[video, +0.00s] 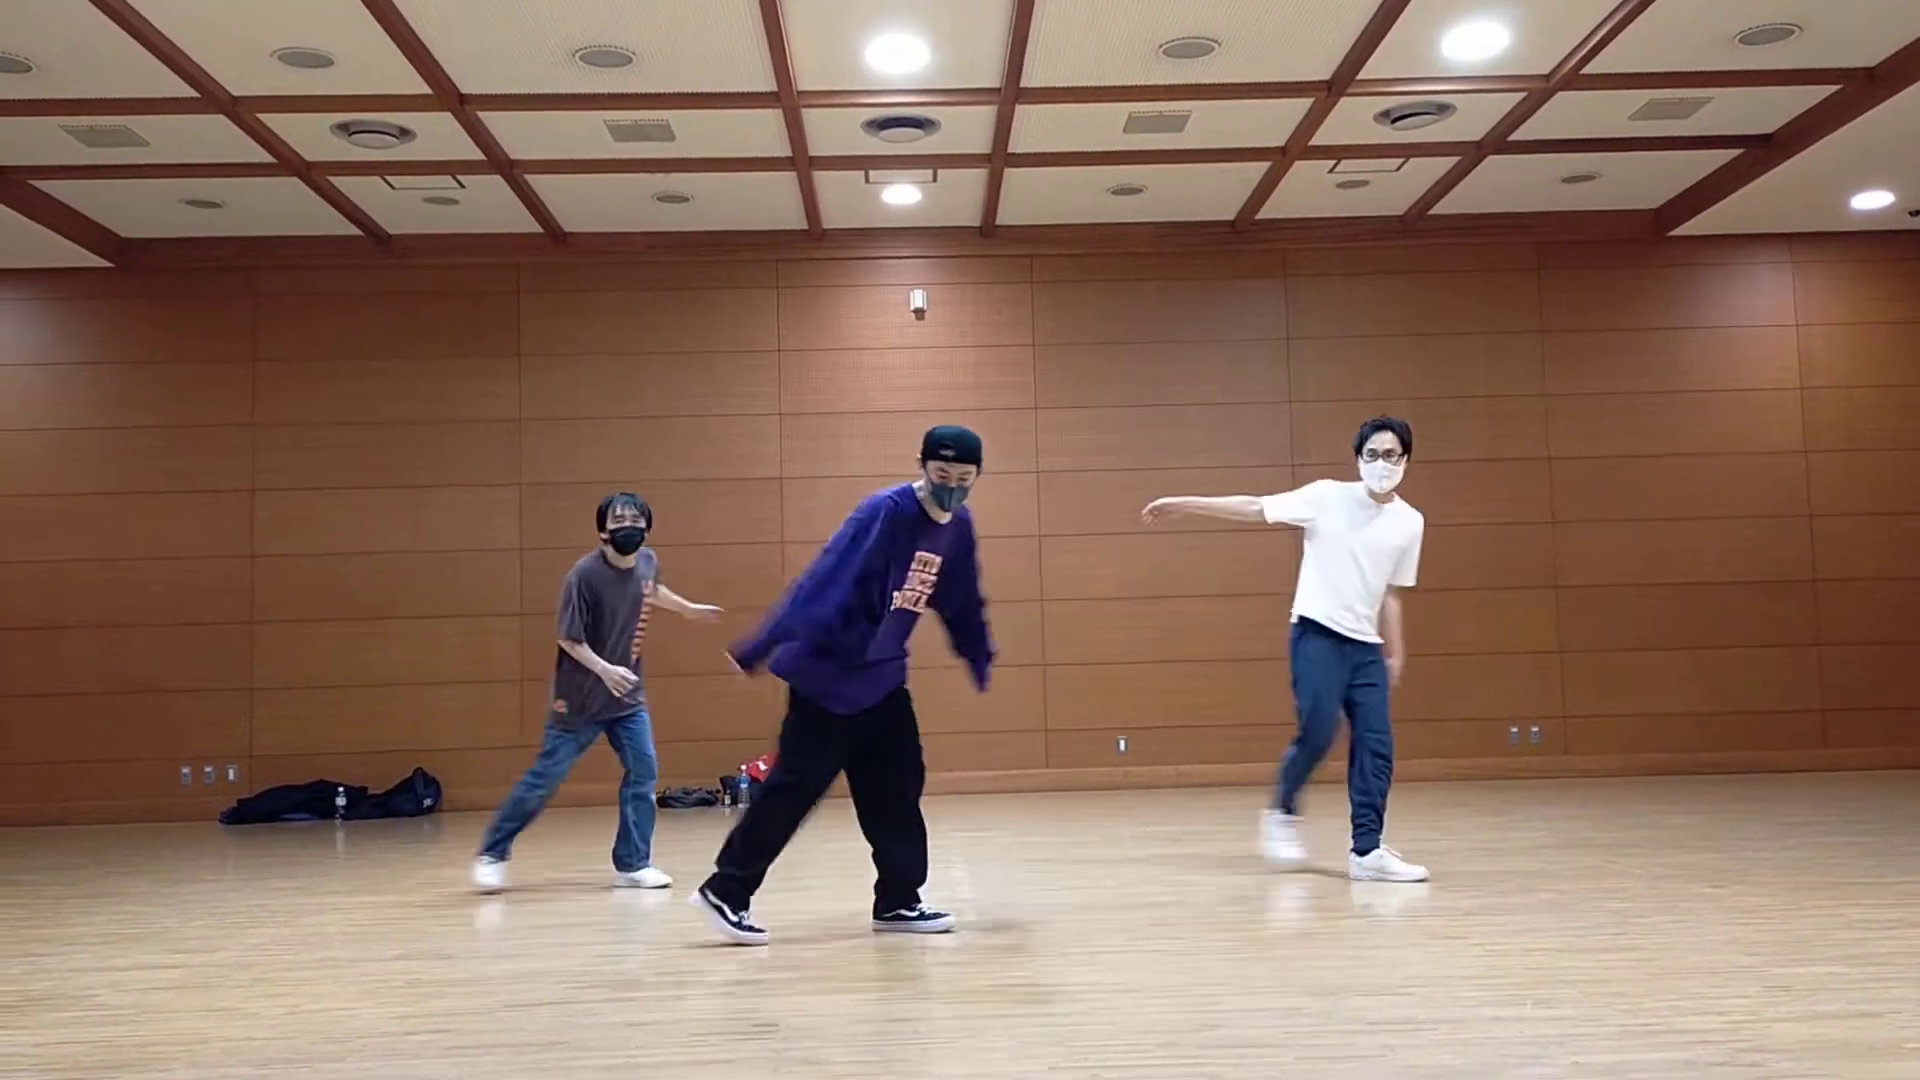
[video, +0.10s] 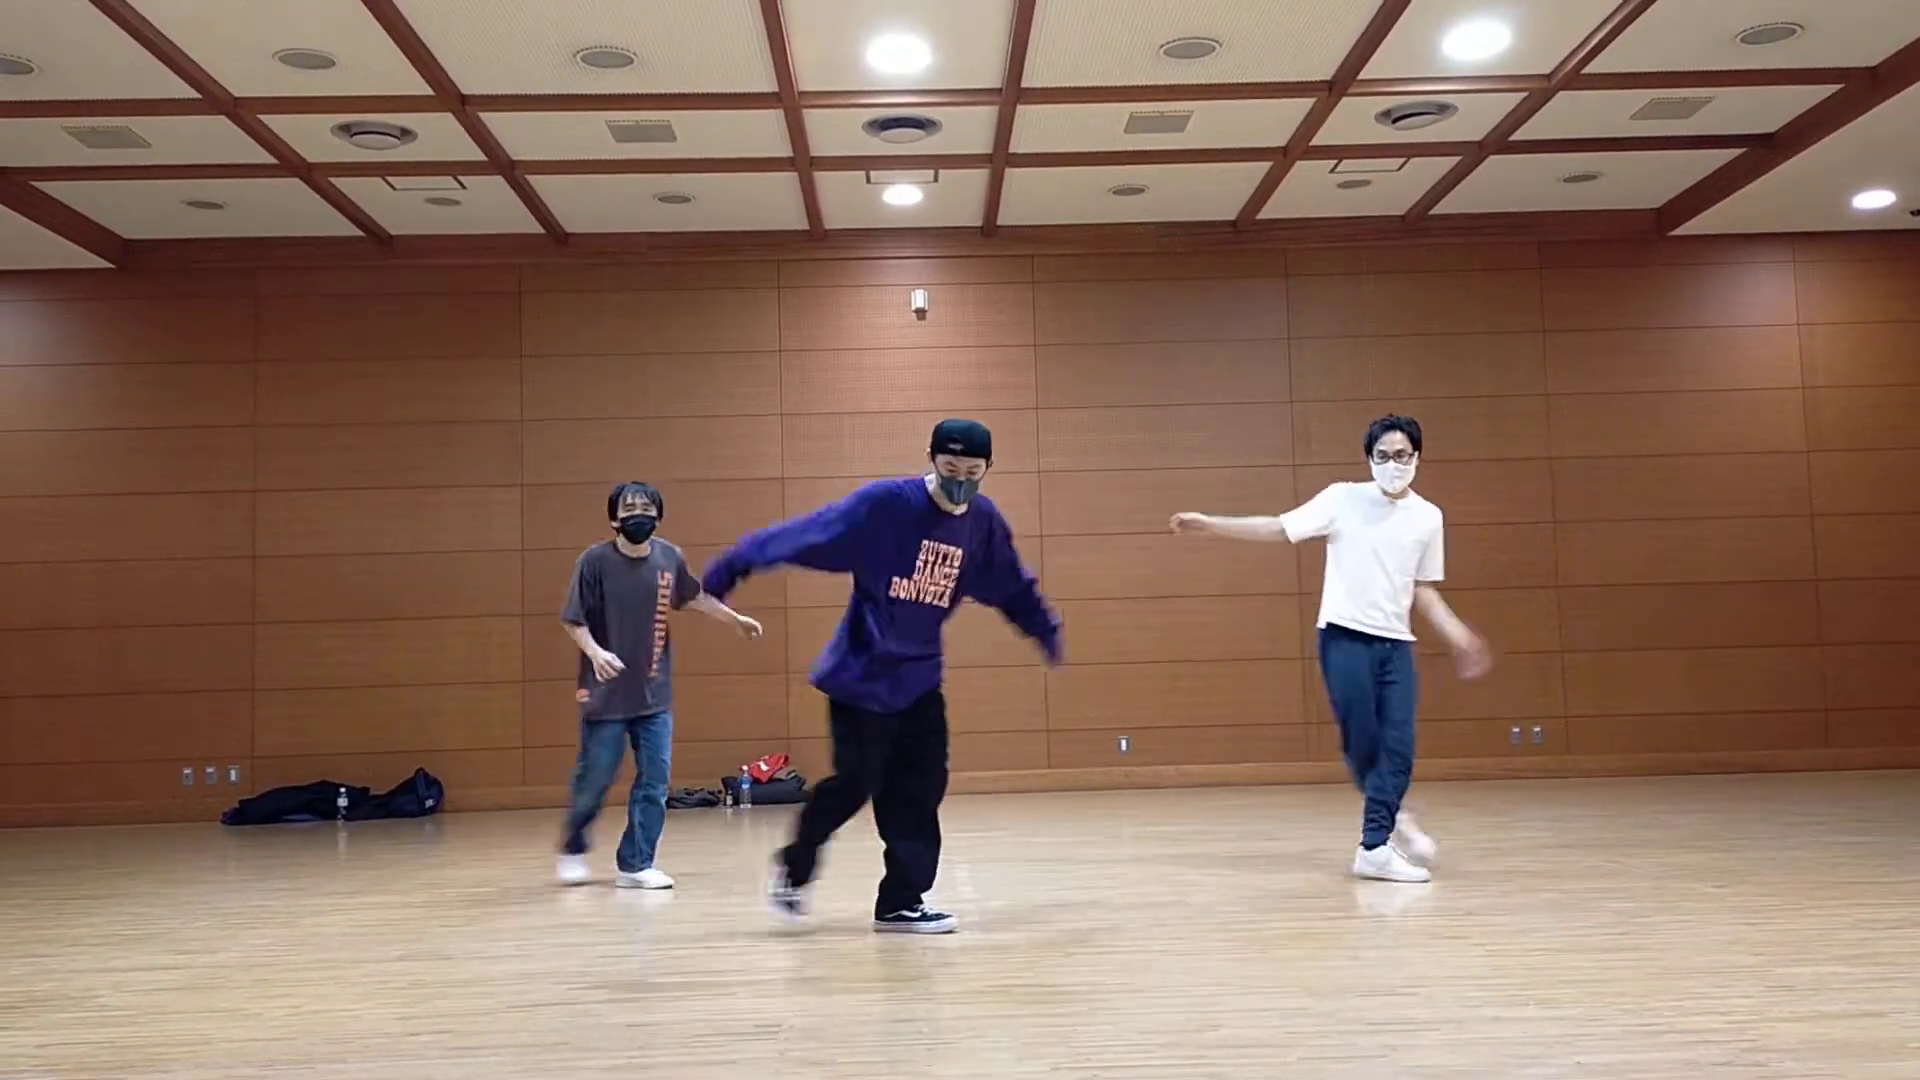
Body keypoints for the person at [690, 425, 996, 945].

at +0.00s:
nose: (951, 483)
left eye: (963, 475)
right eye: (942, 471)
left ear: (975, 478)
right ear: (924, 467)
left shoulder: (958, 527)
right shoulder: (884, 513)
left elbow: (960, 594)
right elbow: (822, 580)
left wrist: (977, 649)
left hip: (882, 677)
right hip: (826, 675)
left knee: (897, 784)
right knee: (797, 783)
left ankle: (897, 902)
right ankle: (726, 890)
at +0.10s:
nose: (961, 476)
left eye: (973, 468)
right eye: (951, 464)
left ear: (985, 469)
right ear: (933, 460)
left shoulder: (983, 524)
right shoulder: (889, 503)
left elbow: (1009, 581)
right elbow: (809, 534)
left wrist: (1044, 626)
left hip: (919, 671)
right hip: (861, 667)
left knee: (920, 786)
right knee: (856, 780)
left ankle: (900, 902)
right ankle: (794, 865)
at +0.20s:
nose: (964, 467)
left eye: (975, 458)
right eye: (955, 456)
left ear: (988, 459)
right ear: (938, 451)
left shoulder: (998, 513)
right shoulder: (891, 489)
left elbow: (1042, 564)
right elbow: (818, 506)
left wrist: (1094, 592)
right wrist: (753, 518)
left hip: (955, 667)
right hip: (891, 664)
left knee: (940, 788)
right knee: (901, 784)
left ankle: (902, 901)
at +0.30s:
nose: (968, 474)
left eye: (979, 464)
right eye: (959, 463)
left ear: (994, 462)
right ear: (944, 459)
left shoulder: (1010, 518)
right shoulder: (899, 495)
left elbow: (1060, 570)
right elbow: (826, 509)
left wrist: (1124, 579)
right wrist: (777, 530)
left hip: (982, 668)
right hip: (916, 671)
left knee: (977, 785)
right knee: (951, 789)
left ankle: (950, 875)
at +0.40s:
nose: (968, 479)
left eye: (979, 470)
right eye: (959, 469)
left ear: (997, 474)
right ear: (945, 470)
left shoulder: (1016, 533)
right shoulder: (918, 513)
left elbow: (1067, 592)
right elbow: (868, 544)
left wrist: (1111, 585)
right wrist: (831, 562)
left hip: (1004, 669)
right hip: (943, 678)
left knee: (998, 775)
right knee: (972, 781)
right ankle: (1032, 862)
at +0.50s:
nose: (971, 482)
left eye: (982, 473)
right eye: (962, 472)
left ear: (998, 474)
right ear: (948, 471)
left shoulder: (1022, 527)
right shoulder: (931, 518)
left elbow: (1051, 602)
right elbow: (905, 577)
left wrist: (1071, 598)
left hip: (1009, 677)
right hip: (953, 684)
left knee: (1021, 786)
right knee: (986, 797)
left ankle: (1097, 882)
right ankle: (1046, 877)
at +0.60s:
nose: (962, 475)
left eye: (972, 466)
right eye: (952, 465)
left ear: (991, 466)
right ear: (940, 465)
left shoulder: (1017, 514)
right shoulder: (933, 513)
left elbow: (1031, 589)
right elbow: (917, 587)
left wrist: (1002, 626)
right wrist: (939, 564)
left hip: (1011, 672)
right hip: (953, 676)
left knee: (1039, 783)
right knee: (944, 794)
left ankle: (1110, 885)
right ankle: (1020, 857)